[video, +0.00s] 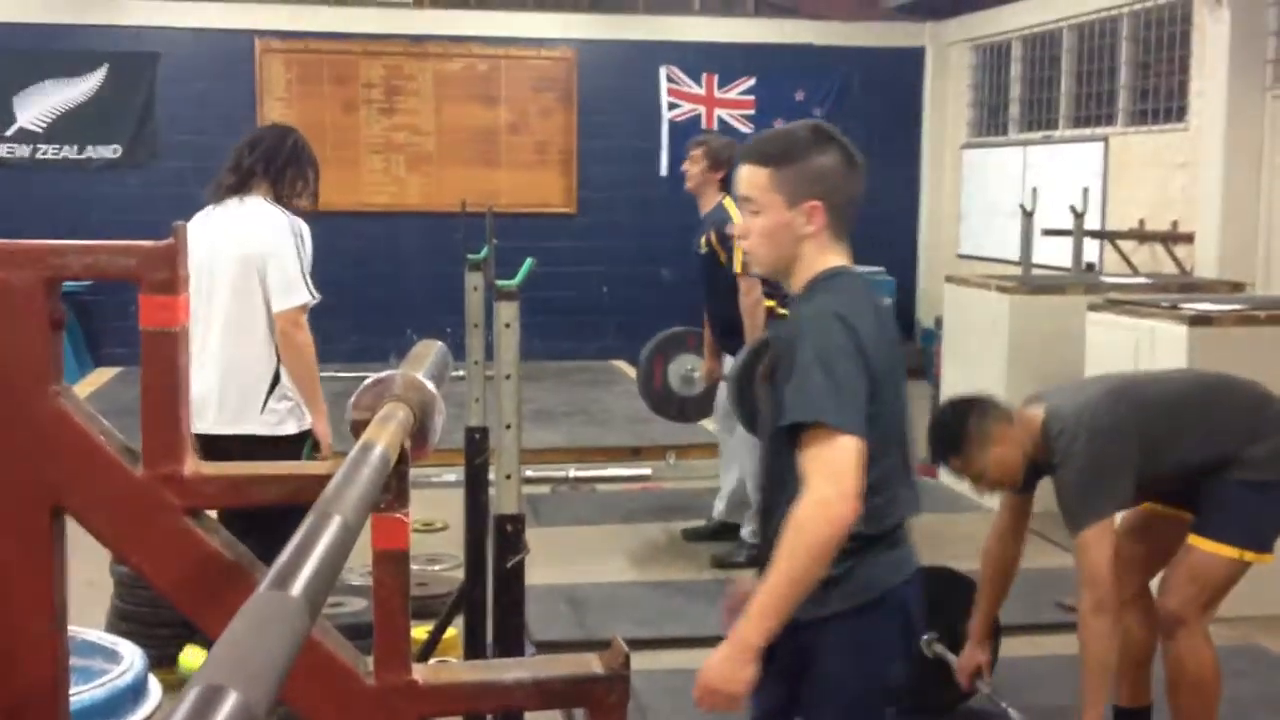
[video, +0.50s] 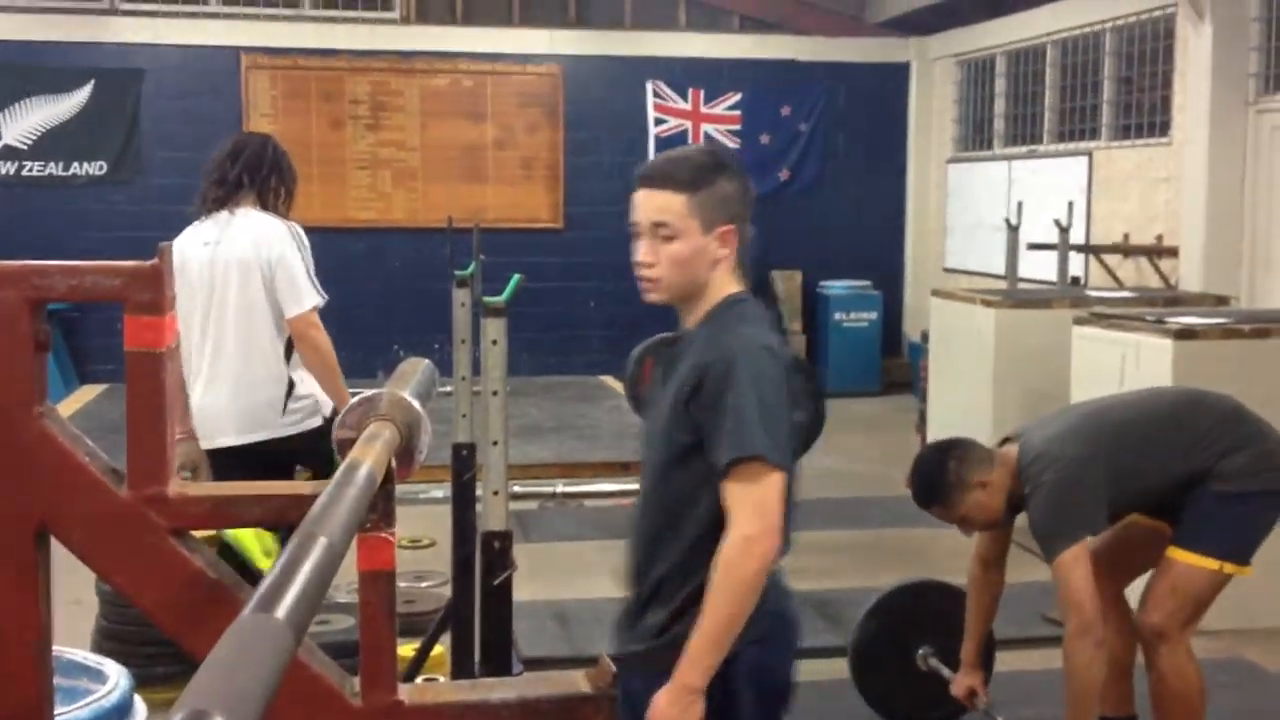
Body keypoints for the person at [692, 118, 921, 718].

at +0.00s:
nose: (739, 228)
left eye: (752, 210)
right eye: (741, 210)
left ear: (809, 217)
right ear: (812, 220)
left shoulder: (822, 322)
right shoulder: (854, 302)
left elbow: (833, 498)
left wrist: (743, 646)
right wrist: (773, 582)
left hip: (839, 616)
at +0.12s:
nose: (708, 228)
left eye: (724, 209)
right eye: (711, 208)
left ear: (782, 217)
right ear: (784, 220)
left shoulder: (795, 328)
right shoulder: (825, 306)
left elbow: (805, 509)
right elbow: (802, 478)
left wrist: (718, 659)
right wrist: (734, 566)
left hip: (808, 628)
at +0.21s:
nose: (692, 232)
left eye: (708, 213)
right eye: (695, 213)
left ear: (768, 222)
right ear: (768, 223)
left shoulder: (784, 330)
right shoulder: (797, 309)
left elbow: (795, 513)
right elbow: (779, 481)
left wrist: (711, 661)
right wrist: (716, 570)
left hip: (790, 636)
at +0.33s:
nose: (671, 241)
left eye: (691, 222)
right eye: (673, 222)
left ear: (751, 230)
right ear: (749, 231)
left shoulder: (771, 336)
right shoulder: (751, 323)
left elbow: (780, 521)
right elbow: (738, 494)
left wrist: (706, 671)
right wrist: (686, 607)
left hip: (761, 641)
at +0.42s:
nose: (656, 247)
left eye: (678, 229)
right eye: (658, 227)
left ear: (738, 235)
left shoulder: (758, 344)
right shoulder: (730, 331)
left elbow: (768, 527)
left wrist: (699, 677)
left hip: (738, 648)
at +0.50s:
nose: (641, 254)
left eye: (663, 236)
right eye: (637, 235)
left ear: (722, 244)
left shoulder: (743, 351)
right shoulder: (704, 340)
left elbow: (756, 535)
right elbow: (697, 516)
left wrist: (687, 686)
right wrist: (646, 649)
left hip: (716, 664)